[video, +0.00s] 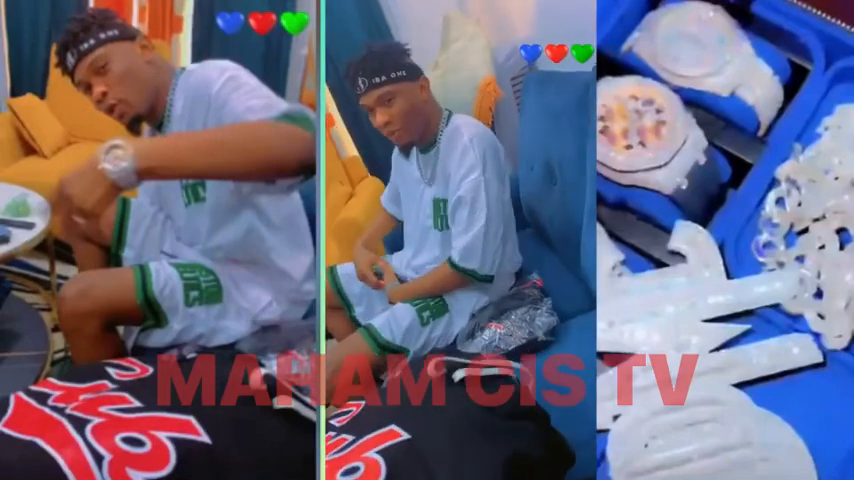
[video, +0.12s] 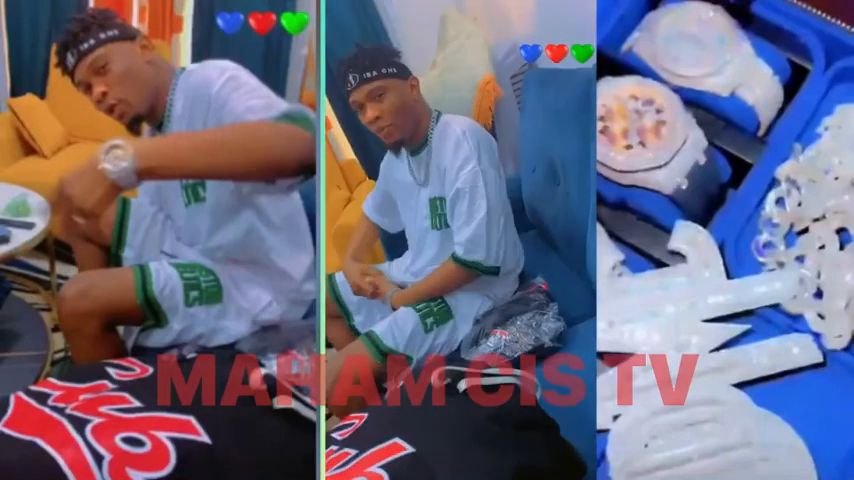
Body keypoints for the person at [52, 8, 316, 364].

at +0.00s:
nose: (98, 94)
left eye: (102, 70)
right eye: (87, 89)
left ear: (144, 48)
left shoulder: (212, 81)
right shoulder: (152, 133)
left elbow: (299, 145)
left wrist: (132, 160)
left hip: (259, 280)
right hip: (190, 251)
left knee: (80, 300)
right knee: (85, 215)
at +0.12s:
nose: (98, 94)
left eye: (102, 70)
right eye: (87, 89)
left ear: (144, 48)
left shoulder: (213, 81)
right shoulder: (152, 133)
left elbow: (299, 145)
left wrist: (132, 160)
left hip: (260, 280)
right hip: (190, 251)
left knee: (80, 300)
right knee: (85, 215)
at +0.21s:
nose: (98, 94)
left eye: (102, 70)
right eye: (87, 89)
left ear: (144, 48)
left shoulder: (212, 81)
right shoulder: (152, 133)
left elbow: (299, 145)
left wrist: (132, 160)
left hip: (260, 280)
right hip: (190, 251)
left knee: (80, 300)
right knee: (85, 215)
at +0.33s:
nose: (98, 94)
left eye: (102, 70)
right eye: (87, 89)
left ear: (144, 48)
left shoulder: (212, 81)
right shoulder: (152, 134)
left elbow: (299, 145)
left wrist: (131, 160)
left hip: (260, 280)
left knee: (80, 300)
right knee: (86, 217)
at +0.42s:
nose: (98, 94)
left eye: (102, 70)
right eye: (87, 89)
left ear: (144, 48)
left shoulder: (212, 81)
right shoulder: (152, 133)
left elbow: (299, 145)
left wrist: (132, 160)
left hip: (259, 280)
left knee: (80, 300)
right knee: (84, 215)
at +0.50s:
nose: (98, 94)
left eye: (102, 70)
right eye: (87, 89)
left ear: (144, 48)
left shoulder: (212, 81)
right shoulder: (152, 133)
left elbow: (299, 145)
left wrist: (132, 160)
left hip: (259, 279)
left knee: (80, 300)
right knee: (84, 215)